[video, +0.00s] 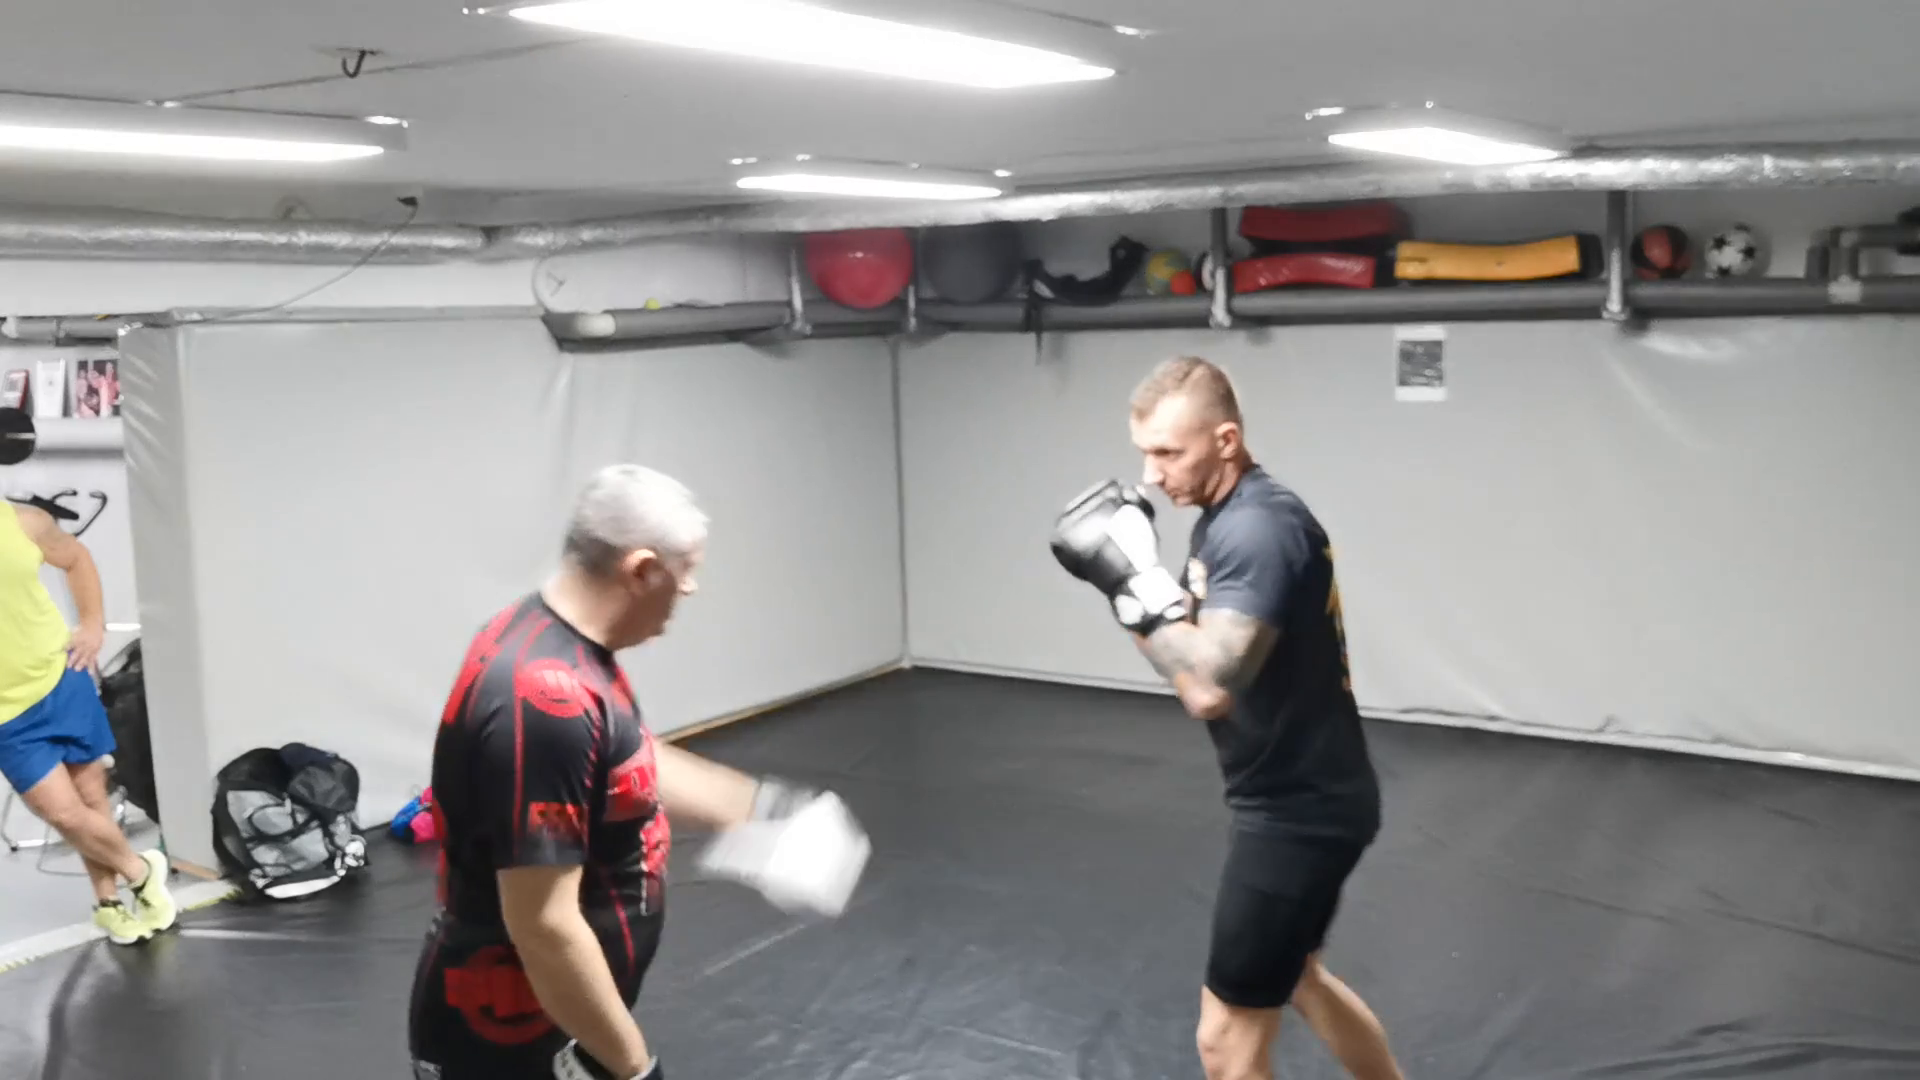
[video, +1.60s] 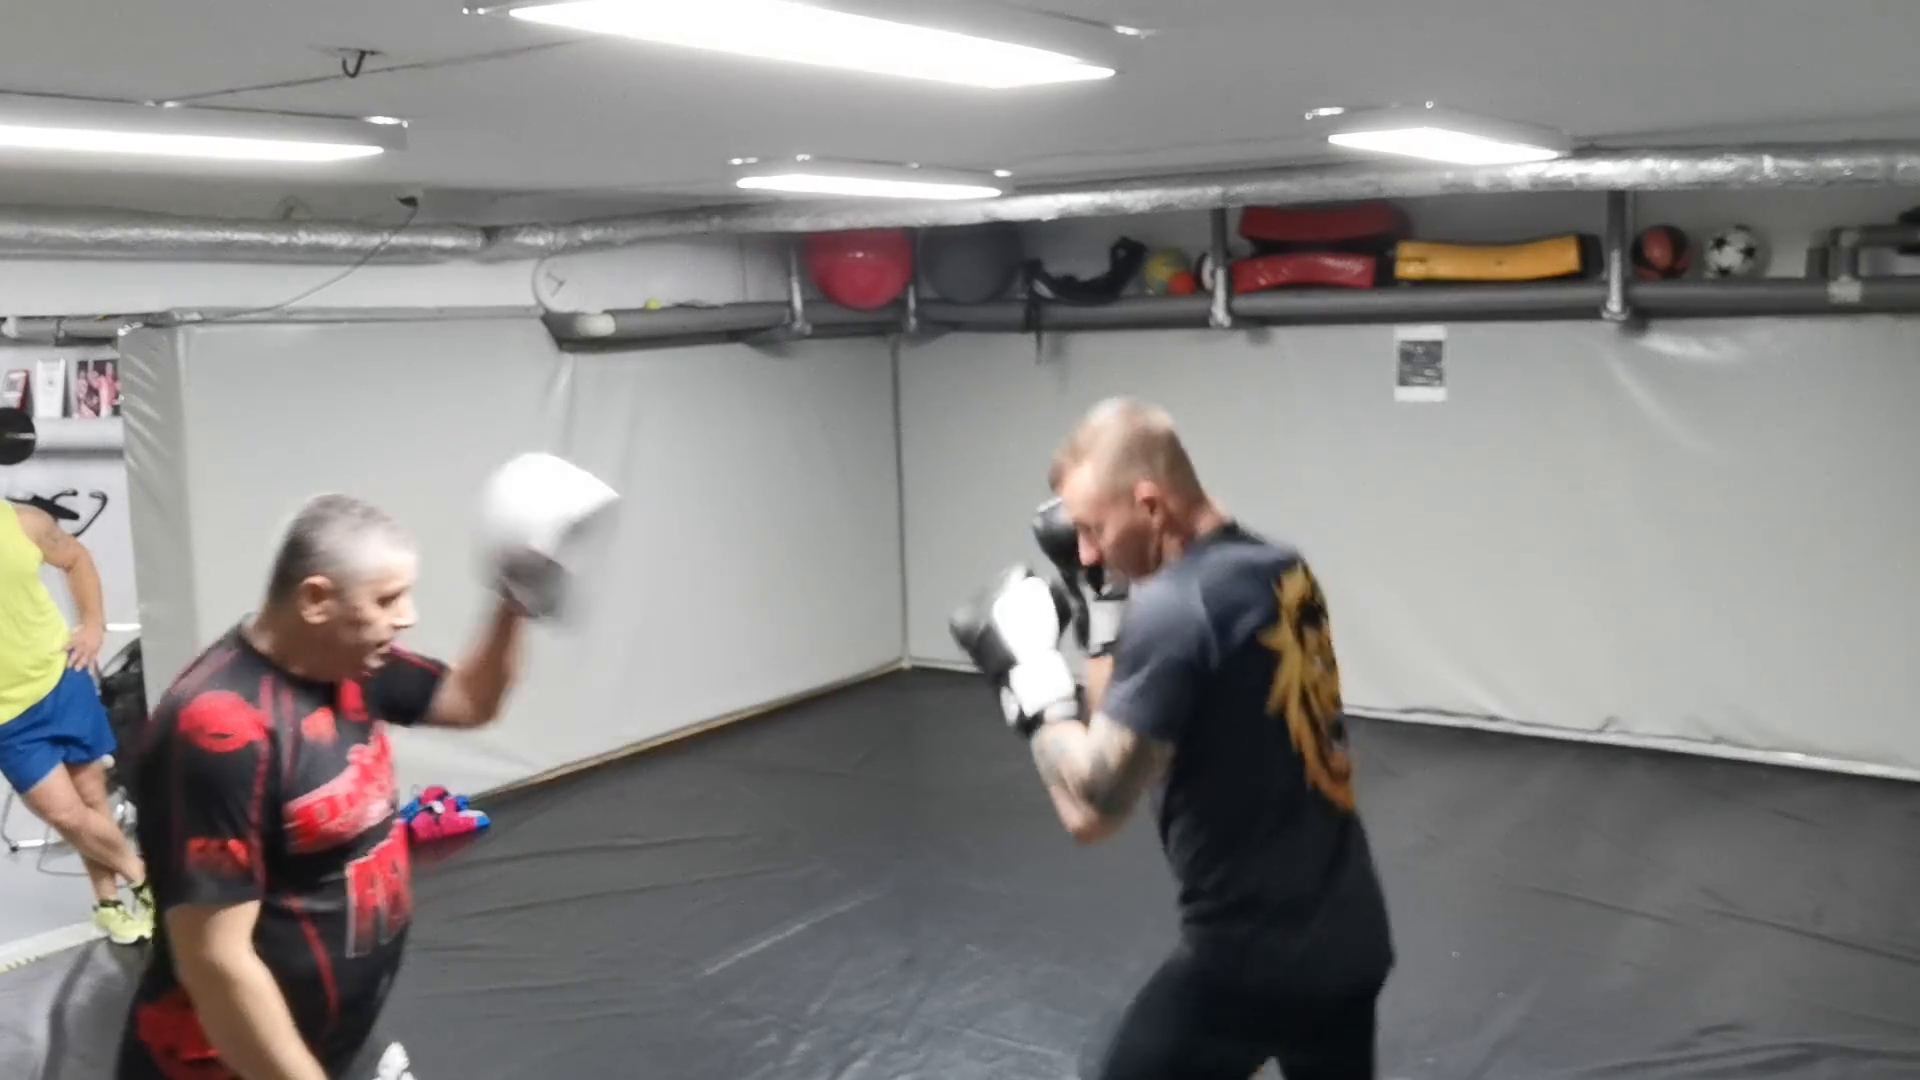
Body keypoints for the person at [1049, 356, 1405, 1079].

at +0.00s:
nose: (1154, 474)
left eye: (1168, 454)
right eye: (1147, 456)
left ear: (1226, 439)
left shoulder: (1259, 527)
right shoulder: (1223, 521)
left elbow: (1209, 682)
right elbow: (1194, 675)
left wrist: (1138, 579)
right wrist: (1131, 590)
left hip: (1297, 812)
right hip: (1285, 801)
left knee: (1229, 1041)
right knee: (1300, 978)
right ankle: (1389, 1076)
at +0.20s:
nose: (1143, 514)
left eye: (1157, 493)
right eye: (1136, 496)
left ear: (1218, 483)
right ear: (1214, 487)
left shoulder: (1262, 577)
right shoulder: (1204, 557)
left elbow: (1215, 741)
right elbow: (1123, 674)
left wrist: (1138, 638)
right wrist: (1104, 579)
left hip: (1303, 850)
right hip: (1289, 838)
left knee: (1117, 1044)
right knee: (1291, 1009)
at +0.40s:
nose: (1059, 521)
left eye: (1075, 502)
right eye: (1057, 502)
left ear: (1141, 498)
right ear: (1147, 500)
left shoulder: (1150, 575)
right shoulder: (1217, 555)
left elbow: (1126, 701)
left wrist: (1001, 625)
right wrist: (1086, 580)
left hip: (1215, 874)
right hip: (1288, 854)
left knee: (1056, 1061)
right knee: (1273, 996)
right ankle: (1360, 1073)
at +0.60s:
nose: (1027, 549)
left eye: (1043, 527)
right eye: (1023, 527)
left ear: (1109, 518)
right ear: (1117, 520)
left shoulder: (1101, 596)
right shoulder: (1197, 584)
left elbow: (1010, 703)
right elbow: (1147, 660)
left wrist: (865, 689)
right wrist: (1056, 615)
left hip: (1187, 911)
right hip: (1258, 888)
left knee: (1056, 1068)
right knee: (1245, 1045)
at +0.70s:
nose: (1050, 531)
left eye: (1065, 511)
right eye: (1045, 510)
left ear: (1129, 499)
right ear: (1133, 499)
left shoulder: (1148, 581)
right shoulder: (1204, 558)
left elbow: (1151, 757)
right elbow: (1178, 690)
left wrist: (1026, 707)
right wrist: (1080, 615)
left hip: (1194, 891)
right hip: (1263, 869)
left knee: (1081, 1070)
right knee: (1254, 1047)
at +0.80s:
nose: (1101, 545)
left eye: (1114, 523)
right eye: (1094, 523)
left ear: (1176, 503)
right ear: (1178, 503)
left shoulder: (1213, 594)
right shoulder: (1222, 571)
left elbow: (1188, 773)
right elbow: (1150, 672)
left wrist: (1092, 664)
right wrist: (1092, 603)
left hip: (1229, 900)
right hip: (1273, 883)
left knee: (1115, 1068)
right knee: (1270, 1058)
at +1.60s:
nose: (1088, 556)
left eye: (1092, 530)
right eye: (1079, 534)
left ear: (1149, 504)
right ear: (1160, 501)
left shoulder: (1176, 606)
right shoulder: (1279, 568)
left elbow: (1089, 803)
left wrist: (1034, 670)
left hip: (1253, 956)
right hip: (1342, 934)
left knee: (1121, 1068)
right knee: (1334, 1068)